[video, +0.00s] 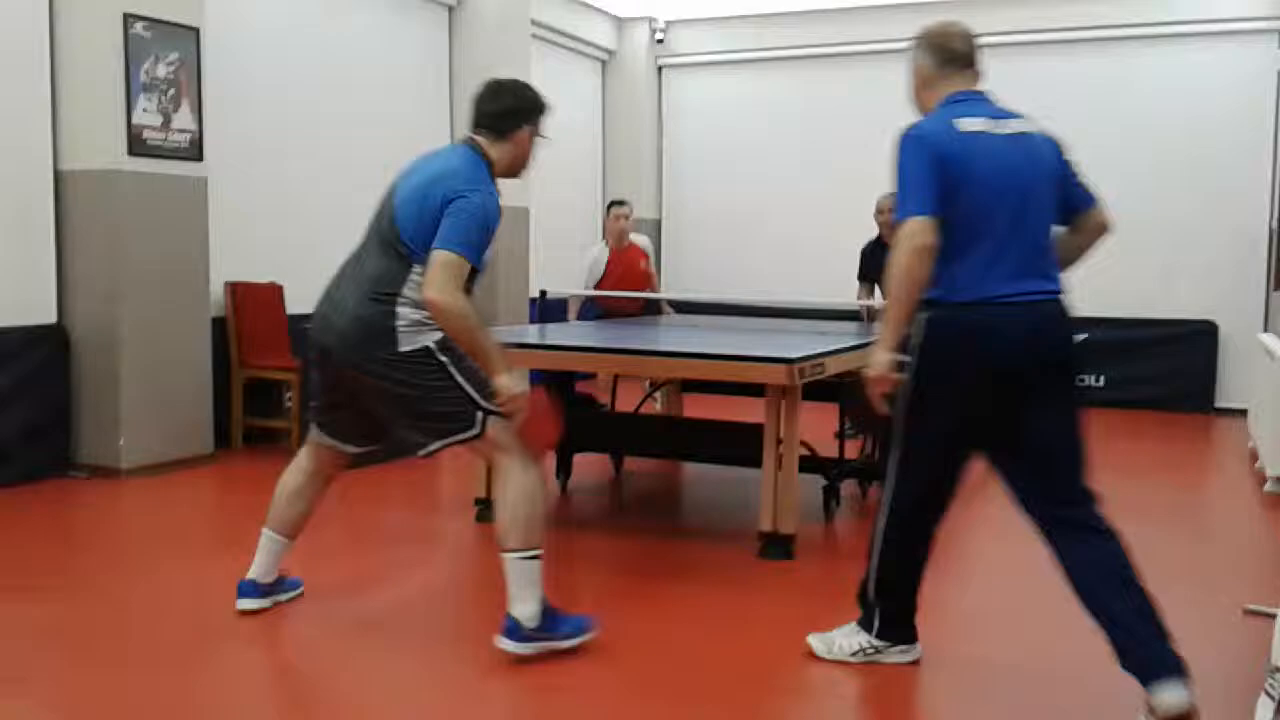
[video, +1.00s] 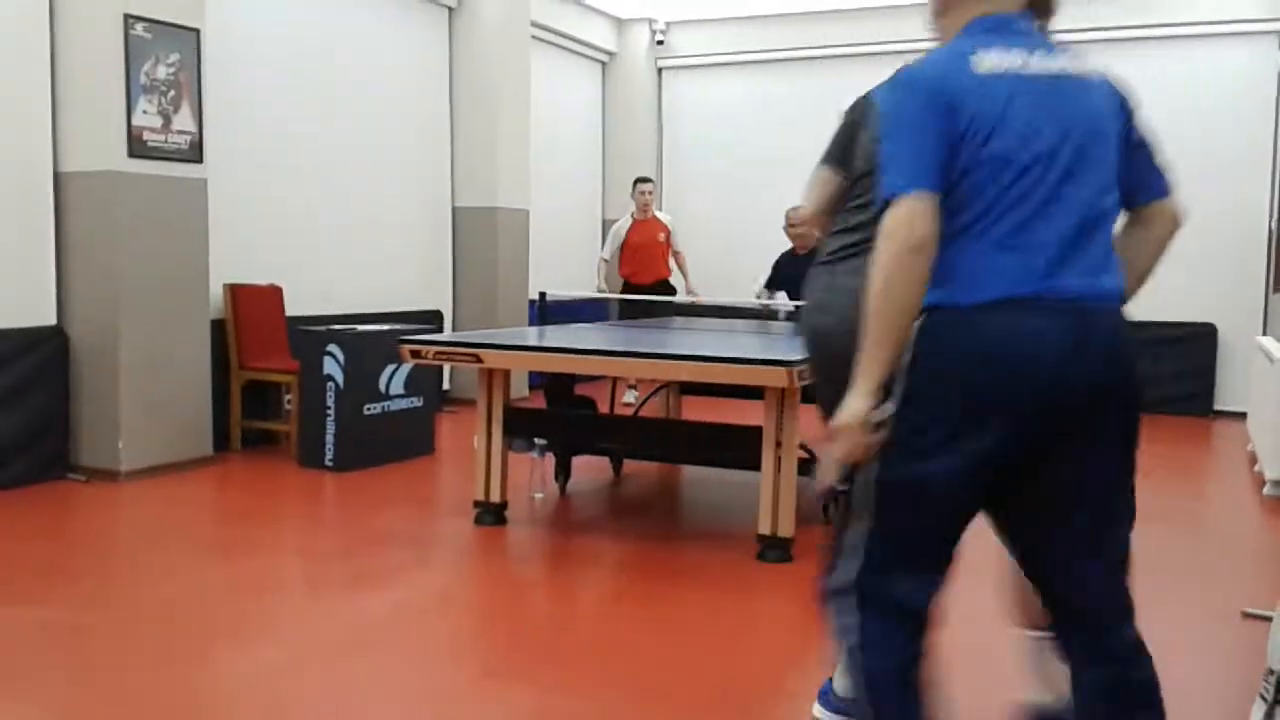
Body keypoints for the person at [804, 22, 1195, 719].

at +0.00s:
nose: (911, 87)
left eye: (912, 77)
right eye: (914, 76)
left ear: (923, 75)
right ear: (974, 71)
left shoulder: (923, 138)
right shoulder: (1033, 136)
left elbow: (918, 239)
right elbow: (1092, 221)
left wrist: (885, 344)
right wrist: (1034, 273)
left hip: (958, 341)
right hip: (1038, 336)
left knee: (914, 489)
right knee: (1067, 506)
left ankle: (885, 628)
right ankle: (1162, 673)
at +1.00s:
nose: (931, 12)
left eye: (933, 8)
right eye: (933, 10)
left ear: (946, 5)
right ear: (1029, 6)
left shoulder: (924, 84)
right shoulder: (1098, 89)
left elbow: (912, 231)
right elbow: (1158, 214)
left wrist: (864, 390)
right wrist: (1085, 306)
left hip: (968, 356)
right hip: (1091, 356)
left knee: (891, 588)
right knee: (1094, 605)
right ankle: (1121, 706)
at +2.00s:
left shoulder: (1103, 31)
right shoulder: (1269, 49)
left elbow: (1042, 190)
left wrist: (1019, 301)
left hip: (1111, 330)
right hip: (1251, 335)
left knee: (1084, 565)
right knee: (1235, 557)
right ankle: (1244, 712)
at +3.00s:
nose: (814, 50)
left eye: (816, 38)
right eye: (825, 37)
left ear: (823, 43)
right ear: (886, 46)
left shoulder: (810, 106)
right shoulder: (923, 129)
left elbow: (778, 239)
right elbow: (989, 260)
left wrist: (739, 345)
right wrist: (993, 377)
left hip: (855, 348)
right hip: (925, 344)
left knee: (892, 551)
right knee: (831, 493)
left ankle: (1028, 707)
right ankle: (822, 662)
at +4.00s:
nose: (385, 100)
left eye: (383, 89)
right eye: (385, 89)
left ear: (319, 79)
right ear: (373, 88)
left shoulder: (251, 131)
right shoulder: (378, 155)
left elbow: (203, 252)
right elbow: (396, 297)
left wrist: (225, 324)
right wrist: (417, 384)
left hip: (214, 331)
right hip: (312, 340)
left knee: (174, 487)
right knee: (400, 488)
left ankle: (124, 656)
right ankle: (464, 661)